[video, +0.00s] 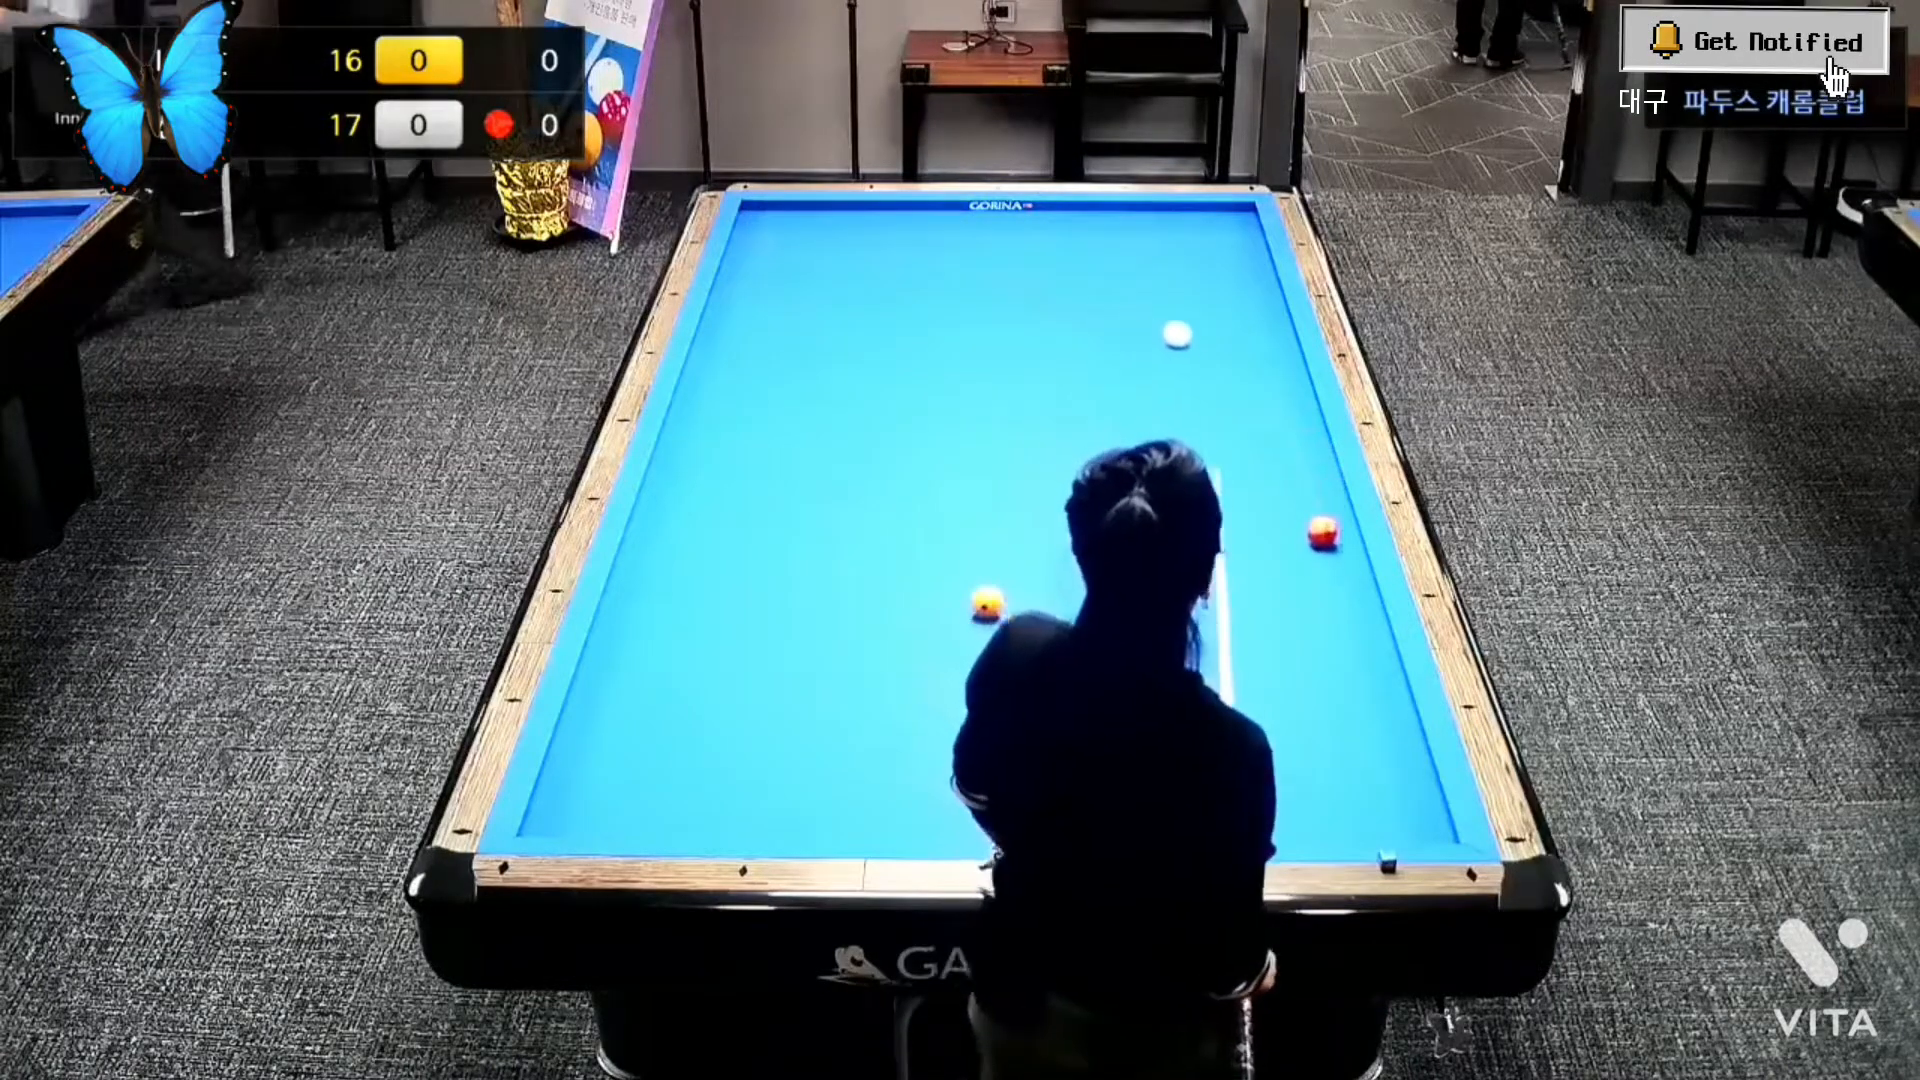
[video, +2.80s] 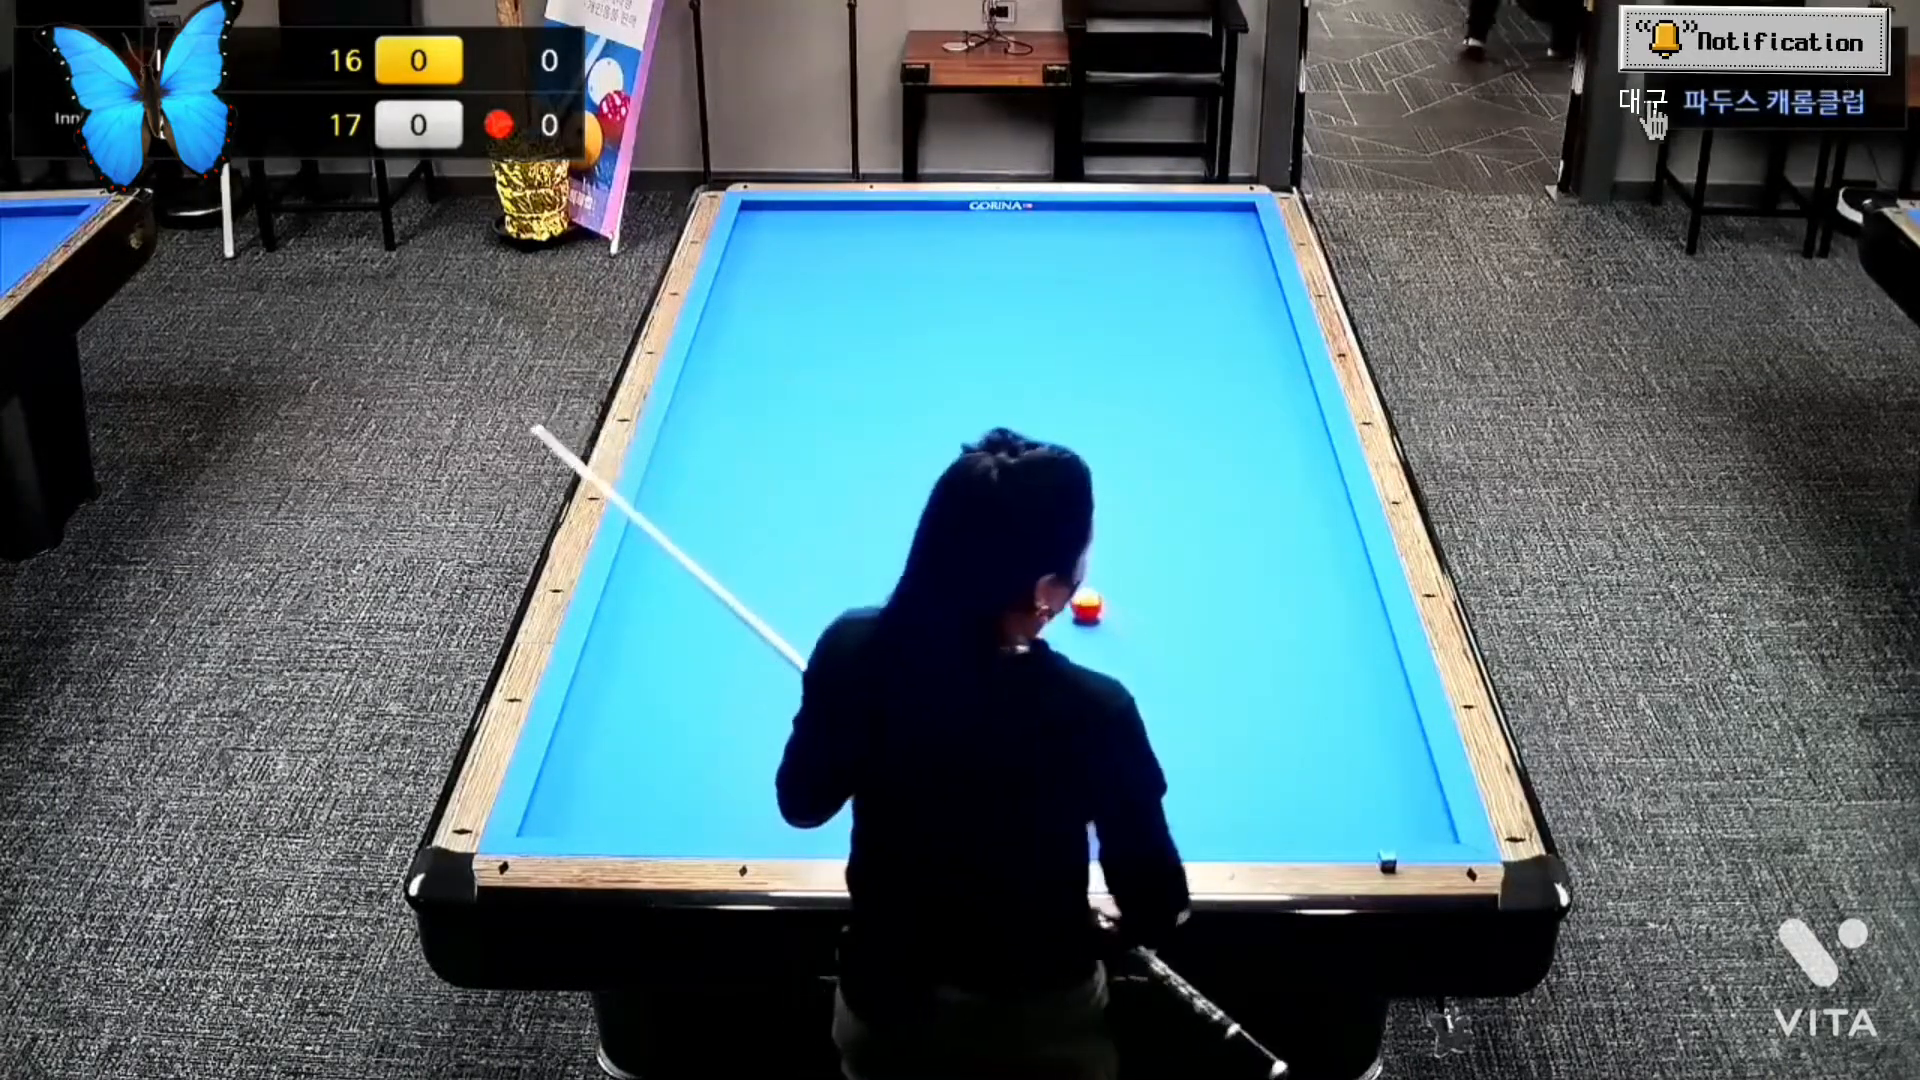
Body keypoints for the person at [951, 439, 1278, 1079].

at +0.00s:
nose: (1216, 562)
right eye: (1212, 548)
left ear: (1081, 556)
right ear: (1204, 570)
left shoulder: (1019, 651)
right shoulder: (1234, 749)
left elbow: (974, 779)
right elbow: (1226, 954)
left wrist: (1032, 853)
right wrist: (1254, 969)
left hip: (1025, 1008)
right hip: (1173, 1027)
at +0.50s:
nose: (1145, 575)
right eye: (1145, 559)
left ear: (1021, 555)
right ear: (1137, 573)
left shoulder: (941, 666)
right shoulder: (1163, 754)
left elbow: (898, 796)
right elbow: (1169, 946)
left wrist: (986, 841)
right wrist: (1211, 951)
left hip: (959, 1025)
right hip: (1117, 1032)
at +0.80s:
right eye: (1085, 558)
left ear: (960, 545)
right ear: (1075, 572)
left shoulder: (873, 661)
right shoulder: (1100, 744)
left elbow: (821, 808)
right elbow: (1113, 943)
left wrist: (919, 841)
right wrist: (1144, 940)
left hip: (904, 1018)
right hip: (1056, 1026)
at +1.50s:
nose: (1006, 599)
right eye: (1007, 584)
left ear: (887, 562)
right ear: (998, 598)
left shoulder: (791, 673)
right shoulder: (1028, 741)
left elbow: (752, 823)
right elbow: (1072, 931)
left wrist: (851, 803)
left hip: (838, 1019)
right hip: (996, 1020)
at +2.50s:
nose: (990, 589)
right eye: (989, 573)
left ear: (863, 559)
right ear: (975, 587)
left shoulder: (786, 665)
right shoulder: (1019, 728)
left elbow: (764, 801)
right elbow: (1064, 913)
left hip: (834, 1008)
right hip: (983, 1016)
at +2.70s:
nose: (1029, 598)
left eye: (1035, 574)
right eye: (1033, 573)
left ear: (911, 552)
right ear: (1002, 589)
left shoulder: (823, 655)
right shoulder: (1056, 717)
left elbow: (788, 798)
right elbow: (1110, 910)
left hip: (863, 1003)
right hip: (1019, 1010)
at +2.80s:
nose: (1069, 592)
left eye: (1074, 567)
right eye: (1070, 566)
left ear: (950, 543)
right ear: (1038, 575)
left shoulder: (856, 652)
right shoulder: (1090, 709)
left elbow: (802, 803)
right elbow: (1156, 901)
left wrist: (871, 698)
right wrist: (1124, 923)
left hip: (887, 1005)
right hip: (1045, 1008)